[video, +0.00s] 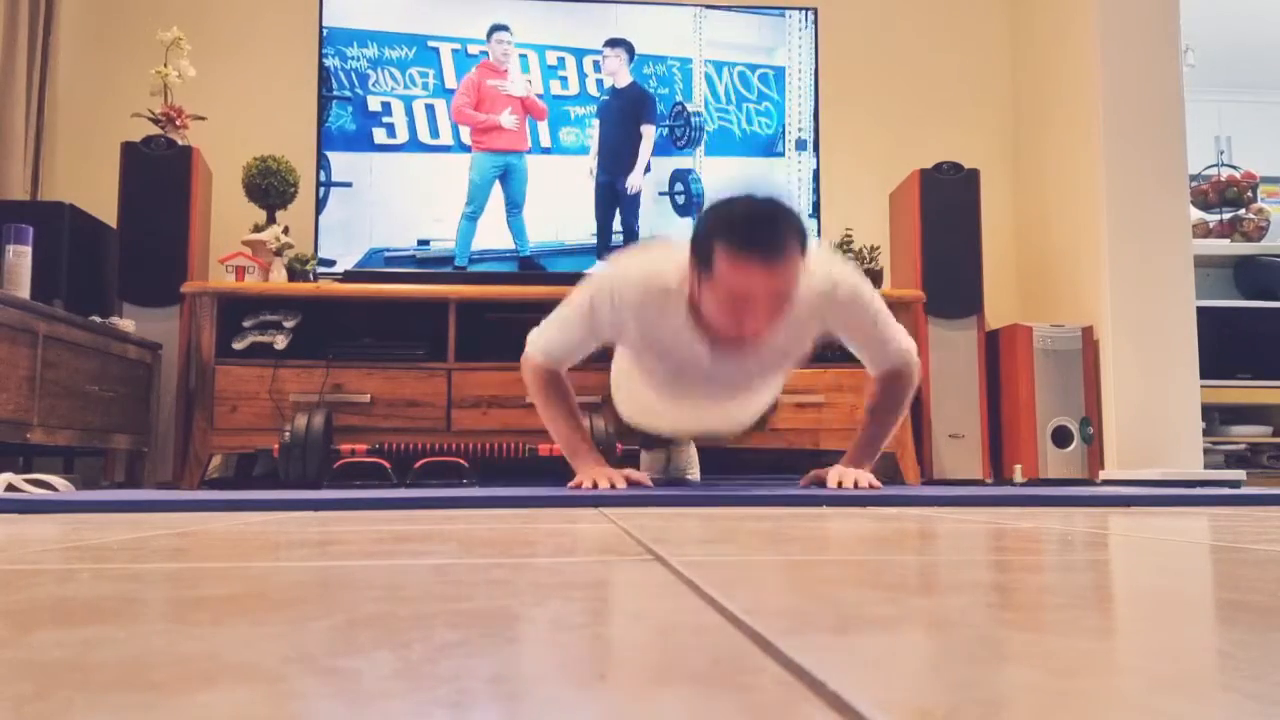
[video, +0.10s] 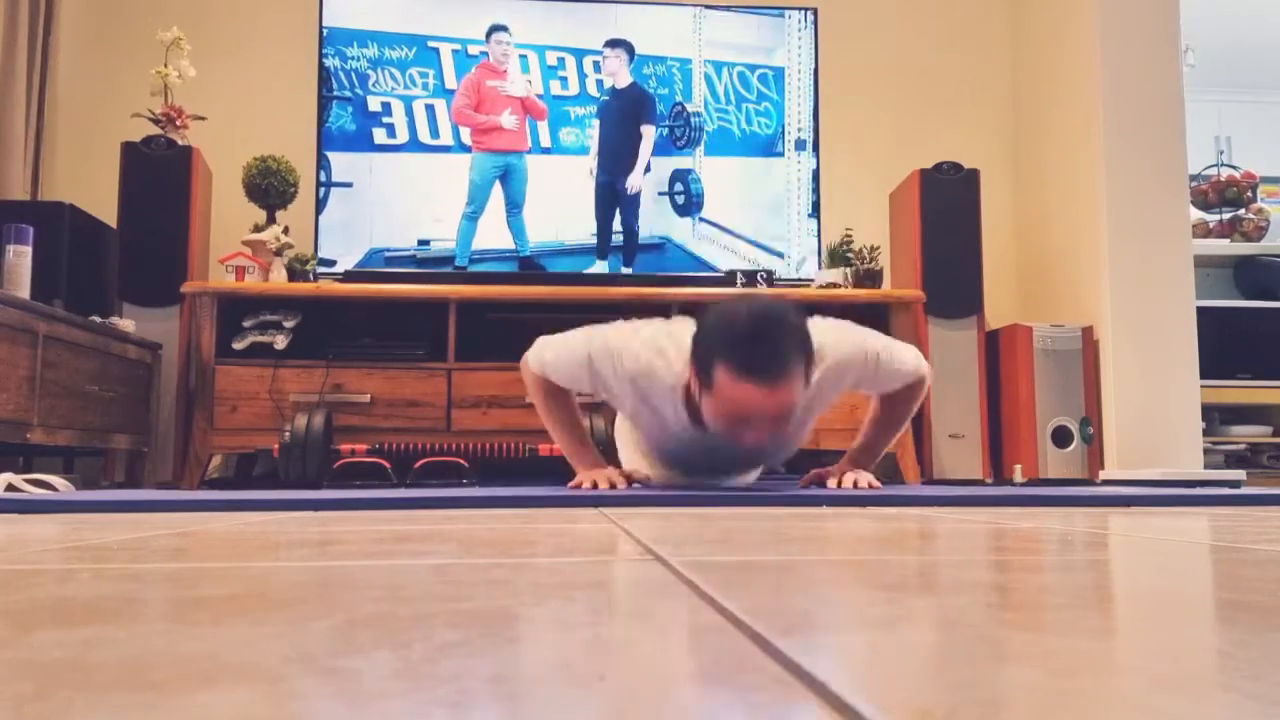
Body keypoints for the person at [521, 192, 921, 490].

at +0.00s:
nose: (752, 320)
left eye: (772, 301)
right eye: (735, 300)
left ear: (795, 281)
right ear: (696, 279)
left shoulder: (827, 284)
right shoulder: (630, 283)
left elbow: (899, 363)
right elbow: (538, 360)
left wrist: (858, 464)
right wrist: (586, 461)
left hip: (739, 419)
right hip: (640, 413)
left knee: (705, 435)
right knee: (644, 435)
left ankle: (680, 450)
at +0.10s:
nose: (755, 437)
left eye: (777, 419)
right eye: (738, 420)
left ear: (804, 382)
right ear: (696, 382)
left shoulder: (830, 352)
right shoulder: (640, 356)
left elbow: (912, 373)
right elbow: (537, 365)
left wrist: (857, 463)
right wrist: (587, 464)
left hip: (748, 483)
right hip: (650, 481)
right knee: (653, 587)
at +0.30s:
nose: (758, 327)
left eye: (776, 308)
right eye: (741, 306)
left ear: (799, 289)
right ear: (698, 281)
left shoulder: (828, 297)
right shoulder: (631, 292)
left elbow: (908, 370)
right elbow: (535, 362)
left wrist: (856, 463)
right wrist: (588, 462)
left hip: (747, 444)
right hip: (634, 442)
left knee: (740, 571)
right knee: (626, 567)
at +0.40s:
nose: (749, 205)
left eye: (768, 184)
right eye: (731, 182)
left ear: (785, 179)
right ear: (690, 170)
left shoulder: (818, 224)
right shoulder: (624, 223)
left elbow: (877, 343)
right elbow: (559, 346)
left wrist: (850, 461)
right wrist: (594, 463)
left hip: (744, 362)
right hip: (649, 360)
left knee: (705, 422)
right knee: (650, 423)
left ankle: (681, 443)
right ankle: (656, 446)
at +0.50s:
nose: (745, 104)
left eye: (763, 79)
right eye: (723, 81)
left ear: (777, 71)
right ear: (683, 70)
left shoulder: (807, 148)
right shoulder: (628, 144)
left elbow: (851, 277)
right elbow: (582, 284)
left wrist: (849, 400)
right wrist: (583, 417)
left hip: (746, 305)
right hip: (652, 300)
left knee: (707, 404)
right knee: (652, 399)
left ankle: (685, 433)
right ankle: (656, 439)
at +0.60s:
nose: (745, 97)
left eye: (763, 73)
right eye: (723, 73)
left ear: (777, 67)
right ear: (683, 67)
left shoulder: (808, 144)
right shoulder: (628, 141)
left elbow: (878, 262)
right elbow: (557, 271)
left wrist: (884, 369)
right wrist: (532, 404)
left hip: (744, 328)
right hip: (652, 322)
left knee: (704, 409)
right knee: (653, 406)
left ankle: (684, 435)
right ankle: (655, 442)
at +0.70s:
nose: (748, 214)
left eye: (765, 193)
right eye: (729, 193)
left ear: (786, 185)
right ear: (691, 184)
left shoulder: (818, 228)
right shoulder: (635, 223)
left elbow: (925, 335)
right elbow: (507, 332)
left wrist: (967, 459)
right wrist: (467, 460)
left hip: (742, 391)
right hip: (646, 384)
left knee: (711, 423)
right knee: (644, 423)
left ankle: (679, 447)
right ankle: (651, 453)